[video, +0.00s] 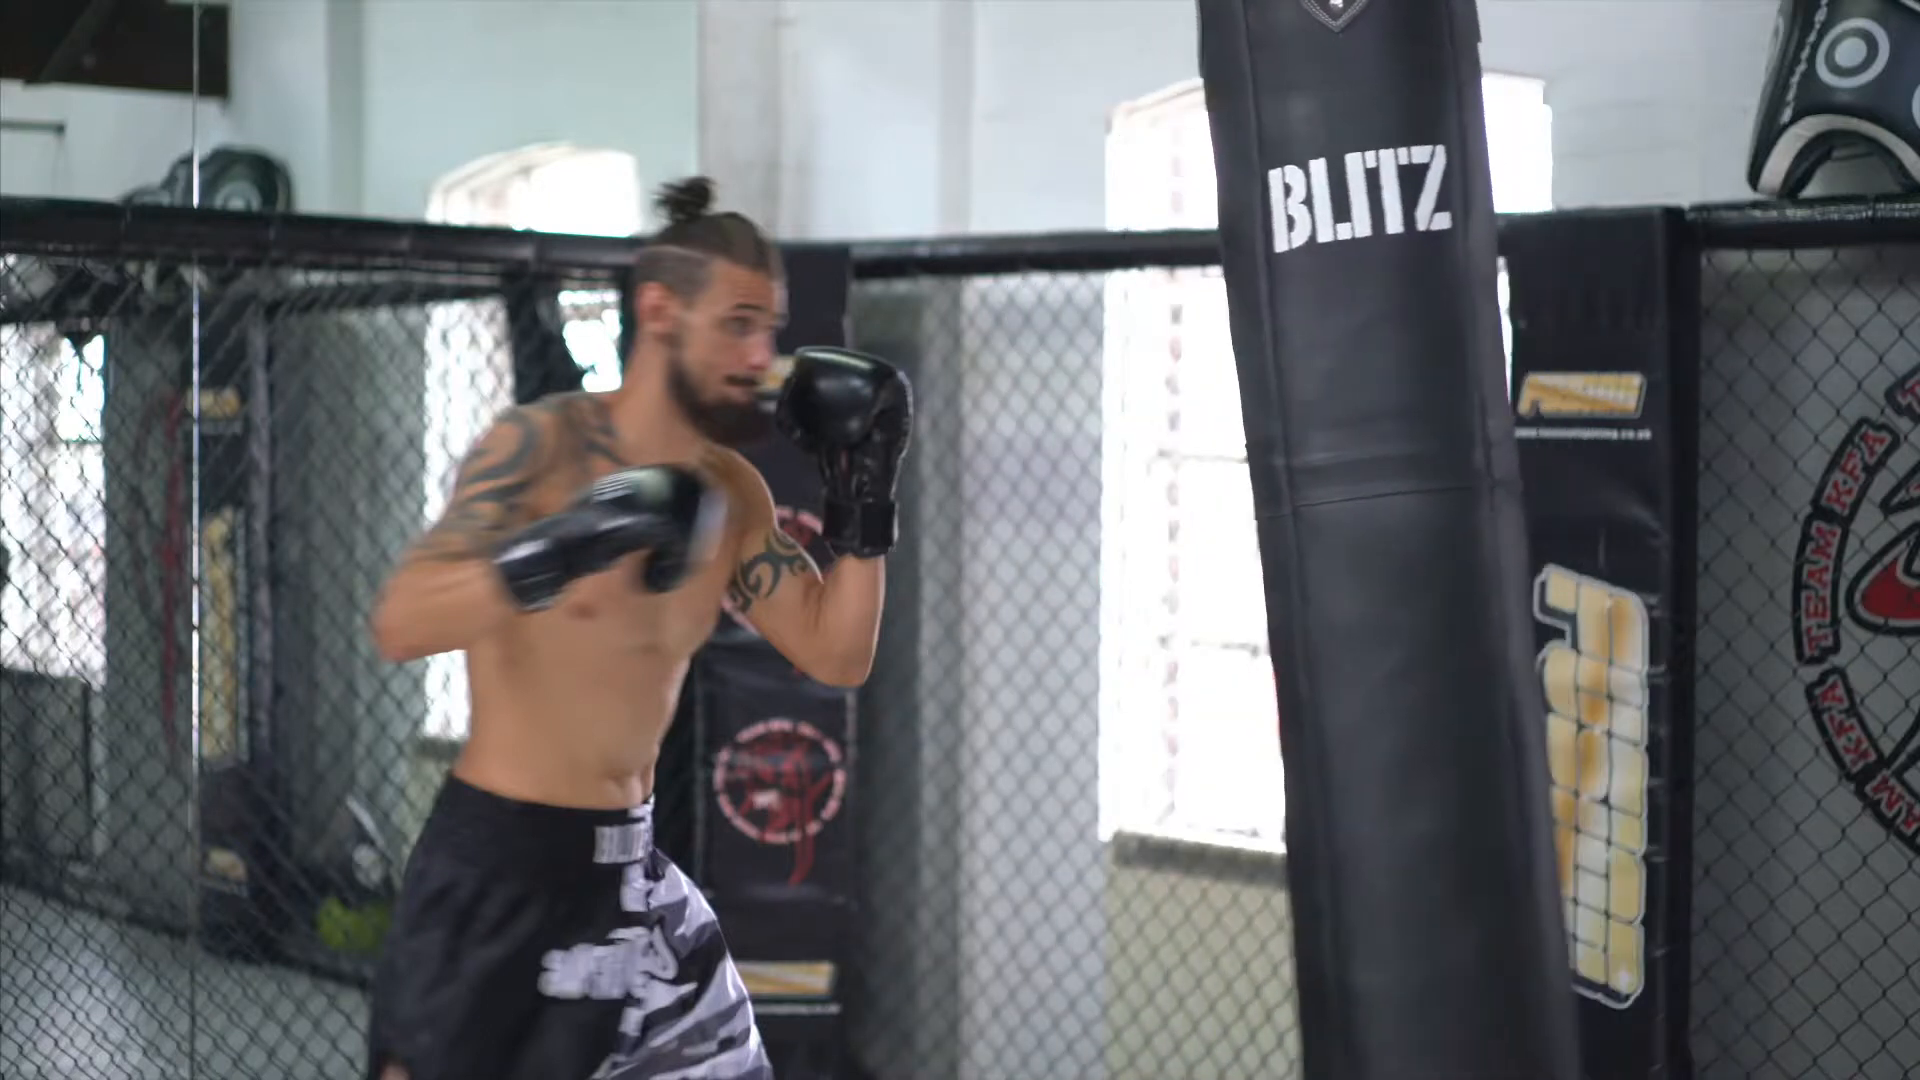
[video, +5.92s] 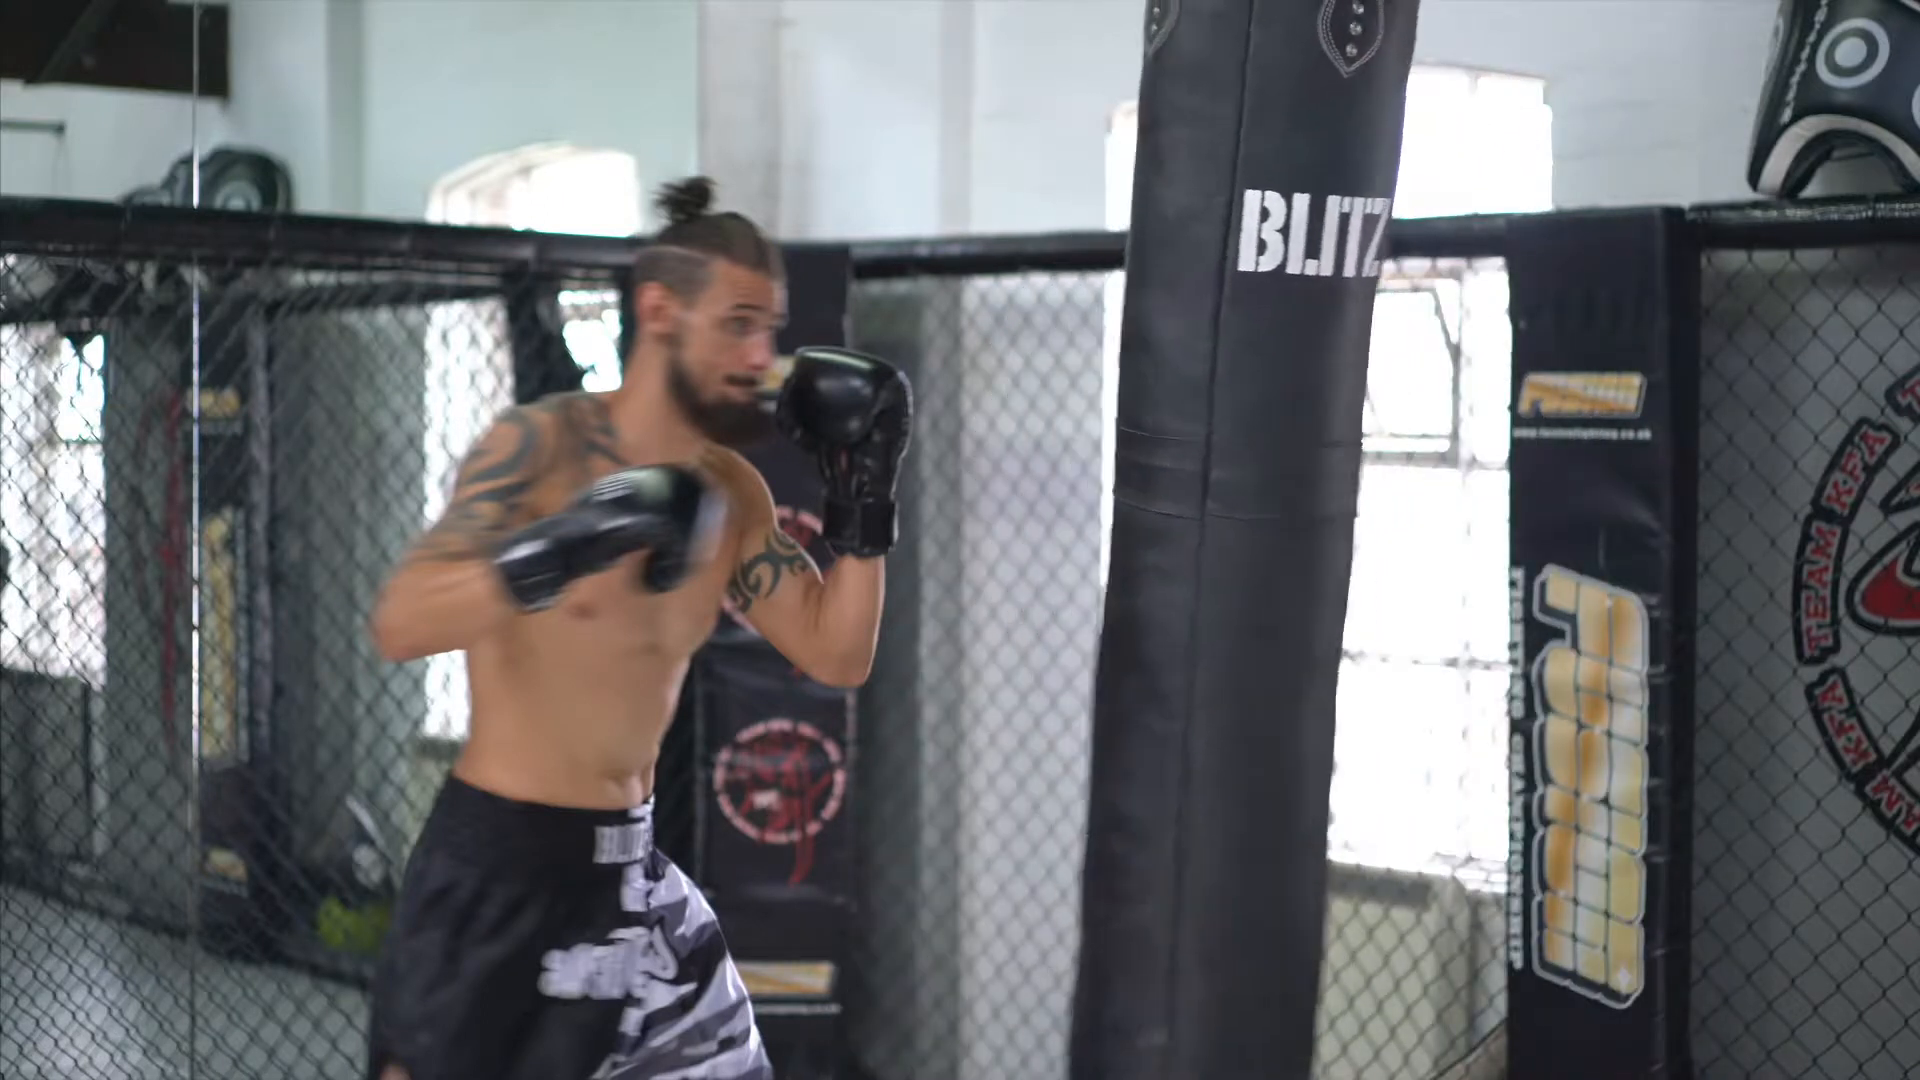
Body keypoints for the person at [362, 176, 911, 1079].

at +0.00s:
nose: (762, 358)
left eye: (772, 331)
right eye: (739, 325)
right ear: (656, 310)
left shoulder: (733, 493)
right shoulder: (538, 440)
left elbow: (839, 655)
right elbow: (401, 623)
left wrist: (864, 483)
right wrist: (569, 547)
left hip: (636, 868)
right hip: (499, 866)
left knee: (732, 1066)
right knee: (442, 1065)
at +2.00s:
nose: (763, 357)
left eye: (772, 331)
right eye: (740, 325)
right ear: (656, 309)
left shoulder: (733, 492)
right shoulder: (538, 440)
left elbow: (839, 655)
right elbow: (400, 623)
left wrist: (865, 481)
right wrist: (567, 547)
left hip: (636, 867)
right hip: (500, 866)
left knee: (732, 1066)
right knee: (442, 1065)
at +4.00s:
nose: (762, 357)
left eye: (772, 331)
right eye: (739, 325)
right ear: (656, 310)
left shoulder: (733, 493)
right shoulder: (537, 441)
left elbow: (839, 655)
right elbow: (400, 623)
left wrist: (864, 481)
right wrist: (568, 547)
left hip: (636, 868)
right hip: (500, 867)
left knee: (732, 1066)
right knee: (439, 1065)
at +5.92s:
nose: (762, 357)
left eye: (772, 331)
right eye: (739, 325)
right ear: (656, 309)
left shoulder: (733, 492)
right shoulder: (537, 441)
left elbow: (839, 655)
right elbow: (400, 623)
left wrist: (866, 481)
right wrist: (568, 546)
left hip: (635, 867)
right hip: (500, 866)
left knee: (732, 1066)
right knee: (439, 1065)